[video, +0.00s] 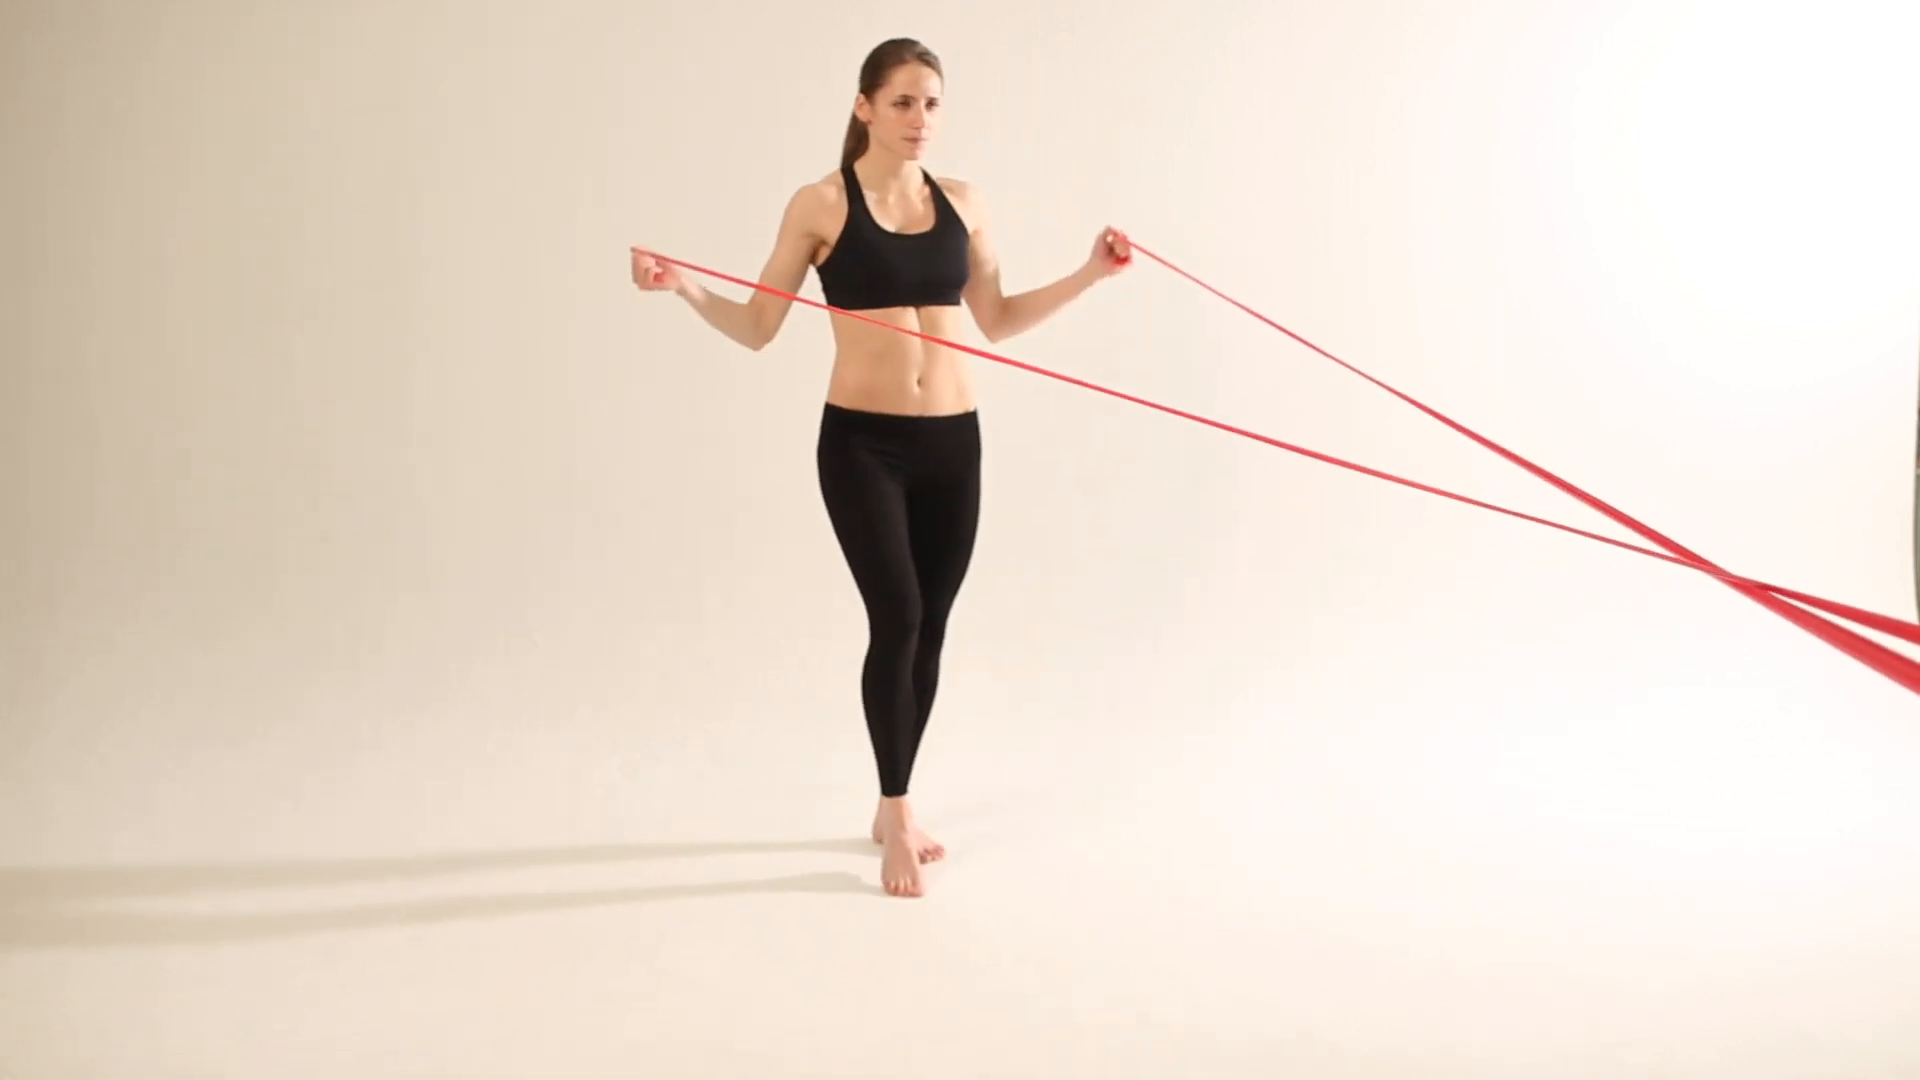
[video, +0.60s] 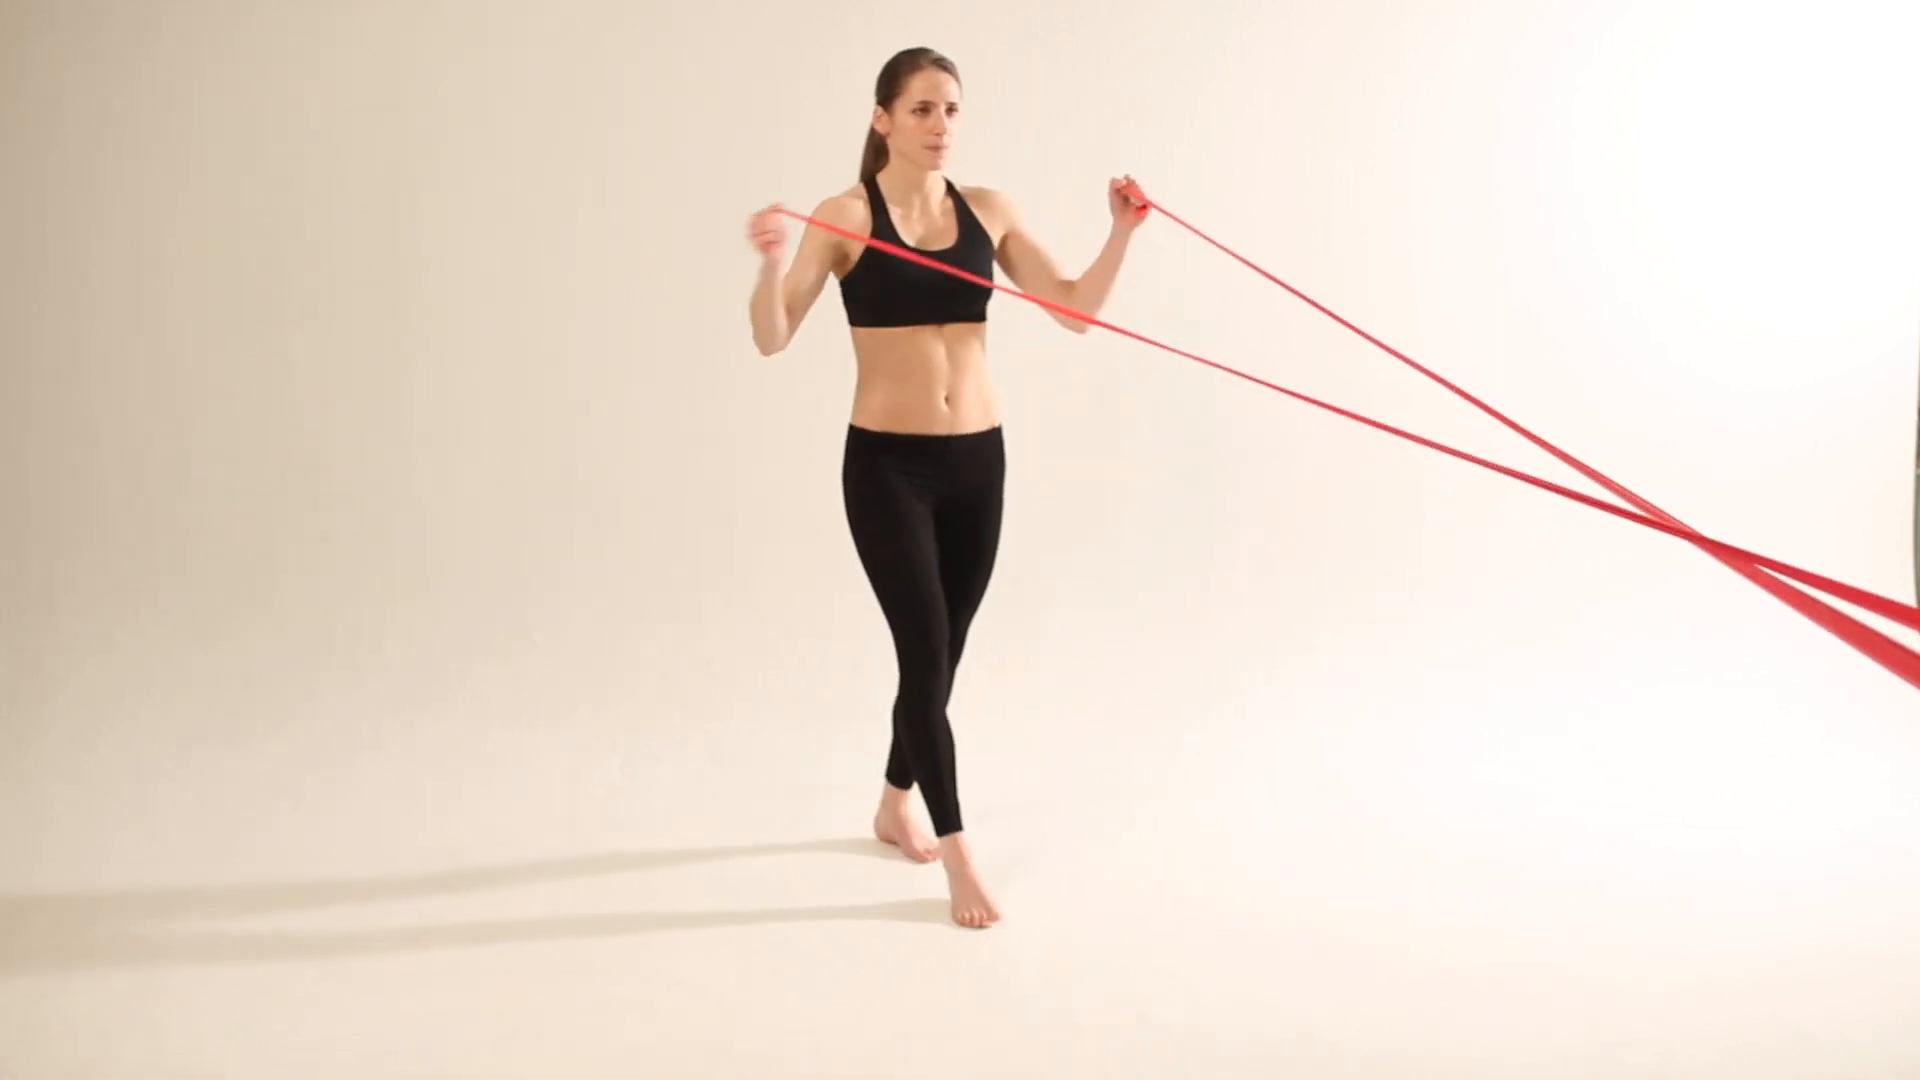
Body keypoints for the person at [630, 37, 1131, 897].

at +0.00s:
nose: (922, 118)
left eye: (931, 104)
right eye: (905, 102)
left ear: (942, 112)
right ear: (864, 107)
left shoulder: (961, 203)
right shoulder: (822, 204)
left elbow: (998, 320)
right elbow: (756, 328)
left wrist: (1092, 272)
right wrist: (686, 285)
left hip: (952, 444)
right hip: (862, 441)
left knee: (928, 629)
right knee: (896, 620)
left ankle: (895, 805)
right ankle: (896, 816)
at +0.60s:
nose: (940, 123)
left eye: (950, 109)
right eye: (922, 108)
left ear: (960, 120)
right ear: (881, 119)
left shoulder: (985, 210)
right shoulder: (846, 214)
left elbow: (1077, 307)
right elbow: (773, 336)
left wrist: (1121, 232)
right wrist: (770, 263)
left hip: (977, 462)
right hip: (886, 462)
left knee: (942, 654)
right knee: (926, 654)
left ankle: (895, 797)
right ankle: (958, 855)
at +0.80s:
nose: (970, 123)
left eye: (980, 109)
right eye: (953, 108)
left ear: (989, 120)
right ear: (911, 119)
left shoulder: (1013, 213)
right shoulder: (873, 216)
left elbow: (1110, 311)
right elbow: (820, 331)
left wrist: (1134, 248)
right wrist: (894, 263)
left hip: (998, 467)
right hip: (904, 469)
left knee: (1013, 666)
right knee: (941, 659)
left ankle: (929, 767)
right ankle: (966, 862)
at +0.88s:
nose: (987, 128)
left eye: (997, 113)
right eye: (969, 112)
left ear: (1006, 123)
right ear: (926, 123)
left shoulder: (1029, 218)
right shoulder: (888, 219)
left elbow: (1124, 311)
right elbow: (852, 328)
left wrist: (1136, 274)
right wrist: (946, 284)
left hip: (1008, 475)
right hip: (911, 478)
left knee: (1046, 667)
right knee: (951, 669)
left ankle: (976, 774)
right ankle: (963, 865)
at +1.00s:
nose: (1012, 144)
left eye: (1023, 129)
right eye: (995, 128)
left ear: (1032, 141)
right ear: (950, 137)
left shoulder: (1049, 235)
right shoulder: (909, 236)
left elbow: (1121, 300)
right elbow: (908, 340)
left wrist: (1146, 318)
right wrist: (1017, 332)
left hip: (1025, 491)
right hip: (925, 497)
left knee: (1077, 678)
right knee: (970, 686)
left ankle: (1068, 863)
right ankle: (969, 868)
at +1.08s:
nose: (1032, 161)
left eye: (1042, 146)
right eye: (1014, 145)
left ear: (1050, 157)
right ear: (968, 154)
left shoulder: (1067, 250)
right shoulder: (926, 252)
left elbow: (1155, 328)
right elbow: (944, 358)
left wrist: (1166, 358)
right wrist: (1057, 374)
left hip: (1041, 510)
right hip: (939, 515)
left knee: (1094, 699)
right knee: (983, 707)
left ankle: (1121, 898)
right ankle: (970, 868)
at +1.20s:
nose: (1071, 188)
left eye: (1080, 172)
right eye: (1052, 171)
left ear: (1087, 184)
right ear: (1004, 182)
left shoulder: (1106, 277)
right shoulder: (962, 285)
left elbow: (1184, 365)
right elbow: (1008, 396)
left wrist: (1202, 427)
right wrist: (1120, 446)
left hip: (1070, 536)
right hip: (966, 541)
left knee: (1125, 731)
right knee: (1003, 739)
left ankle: (1149, 931)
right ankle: (970, 857)